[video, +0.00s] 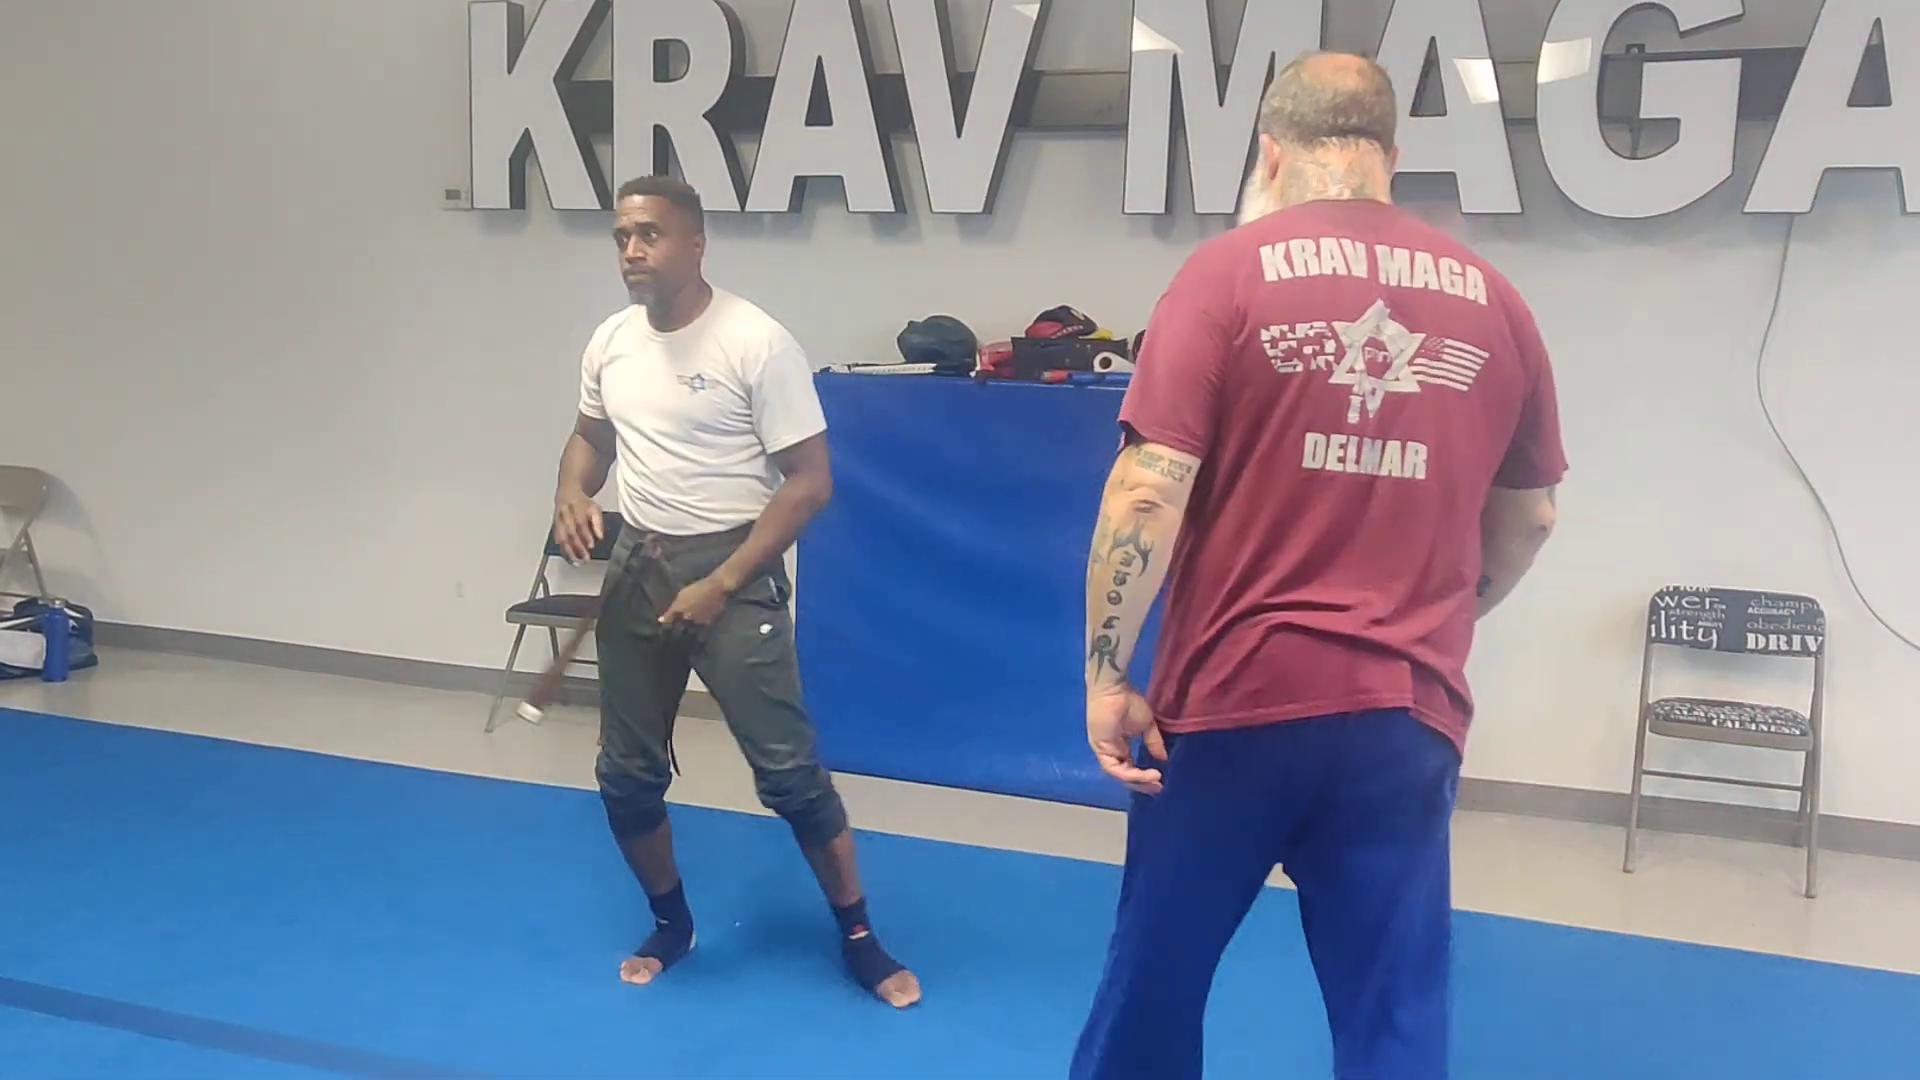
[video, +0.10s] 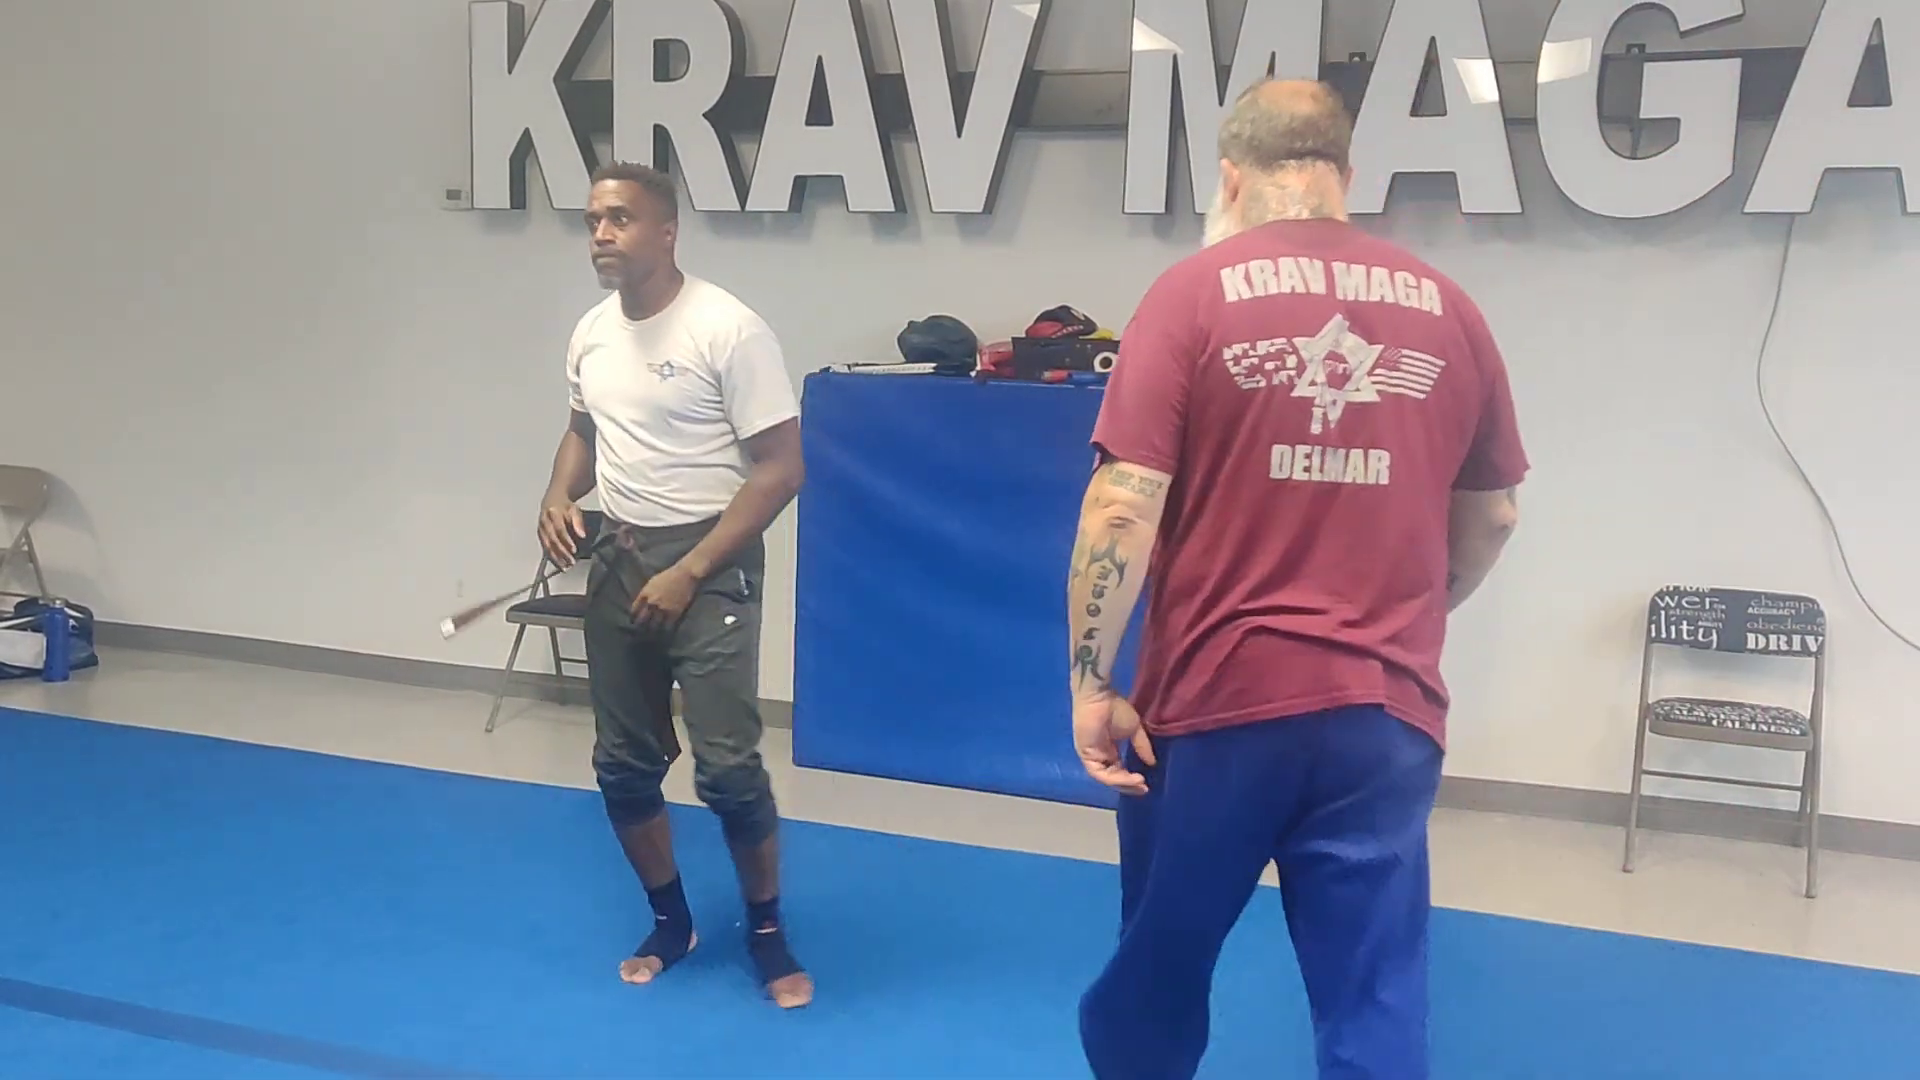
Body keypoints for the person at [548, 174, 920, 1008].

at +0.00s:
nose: (630, 251)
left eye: (648, 235)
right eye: (621, 237)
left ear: (695, 243)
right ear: (616, 250)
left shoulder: (758, 343)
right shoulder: (613, 340)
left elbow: (811, 481)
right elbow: (589, 438)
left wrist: (724, 580)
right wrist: (571, 490)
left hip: (736, 574)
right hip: (637, 570)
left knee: (793, 779)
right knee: (626, 778)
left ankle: (859, 937)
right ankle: (671, 922)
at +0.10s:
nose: (600, 235)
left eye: (620, 219)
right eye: (593, 221)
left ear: (670, 231)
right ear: (590, 236)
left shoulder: (730, 329)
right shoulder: (592, 330)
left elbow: (782, 468)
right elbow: (583, 432)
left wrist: (690, 569)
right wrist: (559, 495)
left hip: (712, 568)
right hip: (616, 561)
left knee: (729, 771)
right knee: (624, 766)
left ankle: (767, 937)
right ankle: (670, 923)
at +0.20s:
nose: (572, 227)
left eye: (591, 212)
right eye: (565, 213)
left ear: (644, 225)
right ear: (564, 230)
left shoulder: (704, 323)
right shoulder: (572, 329)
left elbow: (755, 464)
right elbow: (570, 433)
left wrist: (657, 568)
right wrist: (555, 504)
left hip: (685, 564)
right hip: (601, 558)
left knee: (656, 764)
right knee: (615, 759)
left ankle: (666, 928)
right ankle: (665, 912)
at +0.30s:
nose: (543, 226)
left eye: (564, 211)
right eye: (537, 213)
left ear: (619, 224)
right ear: (536, 229)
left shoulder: (679, 322)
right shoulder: (551, 333)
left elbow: (729, 466)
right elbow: (555, 444)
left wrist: (627, 567)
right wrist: (543, 516)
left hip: (665, 565)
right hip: (583, 562)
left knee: (596, 764)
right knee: (619, 755)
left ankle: (551, 958)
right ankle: (674, 926)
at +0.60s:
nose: (484, 206)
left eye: (505, 193)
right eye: (484, 192)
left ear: (560, 212)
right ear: (495, 211)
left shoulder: (602, 322)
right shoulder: (502, 313)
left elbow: (634, 480)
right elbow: (506, 448)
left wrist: (529, 589)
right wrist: (453, 512)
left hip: (569, 565)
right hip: (500, 558)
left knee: (507, 775)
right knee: (535, 752)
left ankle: (488, 978)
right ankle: (643, 889)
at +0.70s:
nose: (466, 200)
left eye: (487, 187)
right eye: (462, 186)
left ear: (540, 206)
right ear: (465, 204)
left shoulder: (575, 314)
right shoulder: (482, 300)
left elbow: (609, 475)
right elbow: (477, 437)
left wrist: (486, 550)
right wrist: (428, 506)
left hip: (541, 570)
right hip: (472, 560)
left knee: (506, 782)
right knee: (446, 765)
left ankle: (491, 976)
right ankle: (567, 885)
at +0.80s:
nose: (453, 196)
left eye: (475, 182)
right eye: (447, 181)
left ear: (528, 199)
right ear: (445, 199)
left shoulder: (565, 309)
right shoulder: (457, 302)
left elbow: (600, 467)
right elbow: (456, 445)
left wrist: (471, 543)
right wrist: (412, 508)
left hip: (527, 569)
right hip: (447, 559)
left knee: (508, 784)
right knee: (411, 771)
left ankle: (494, 975)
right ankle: (470, 933)